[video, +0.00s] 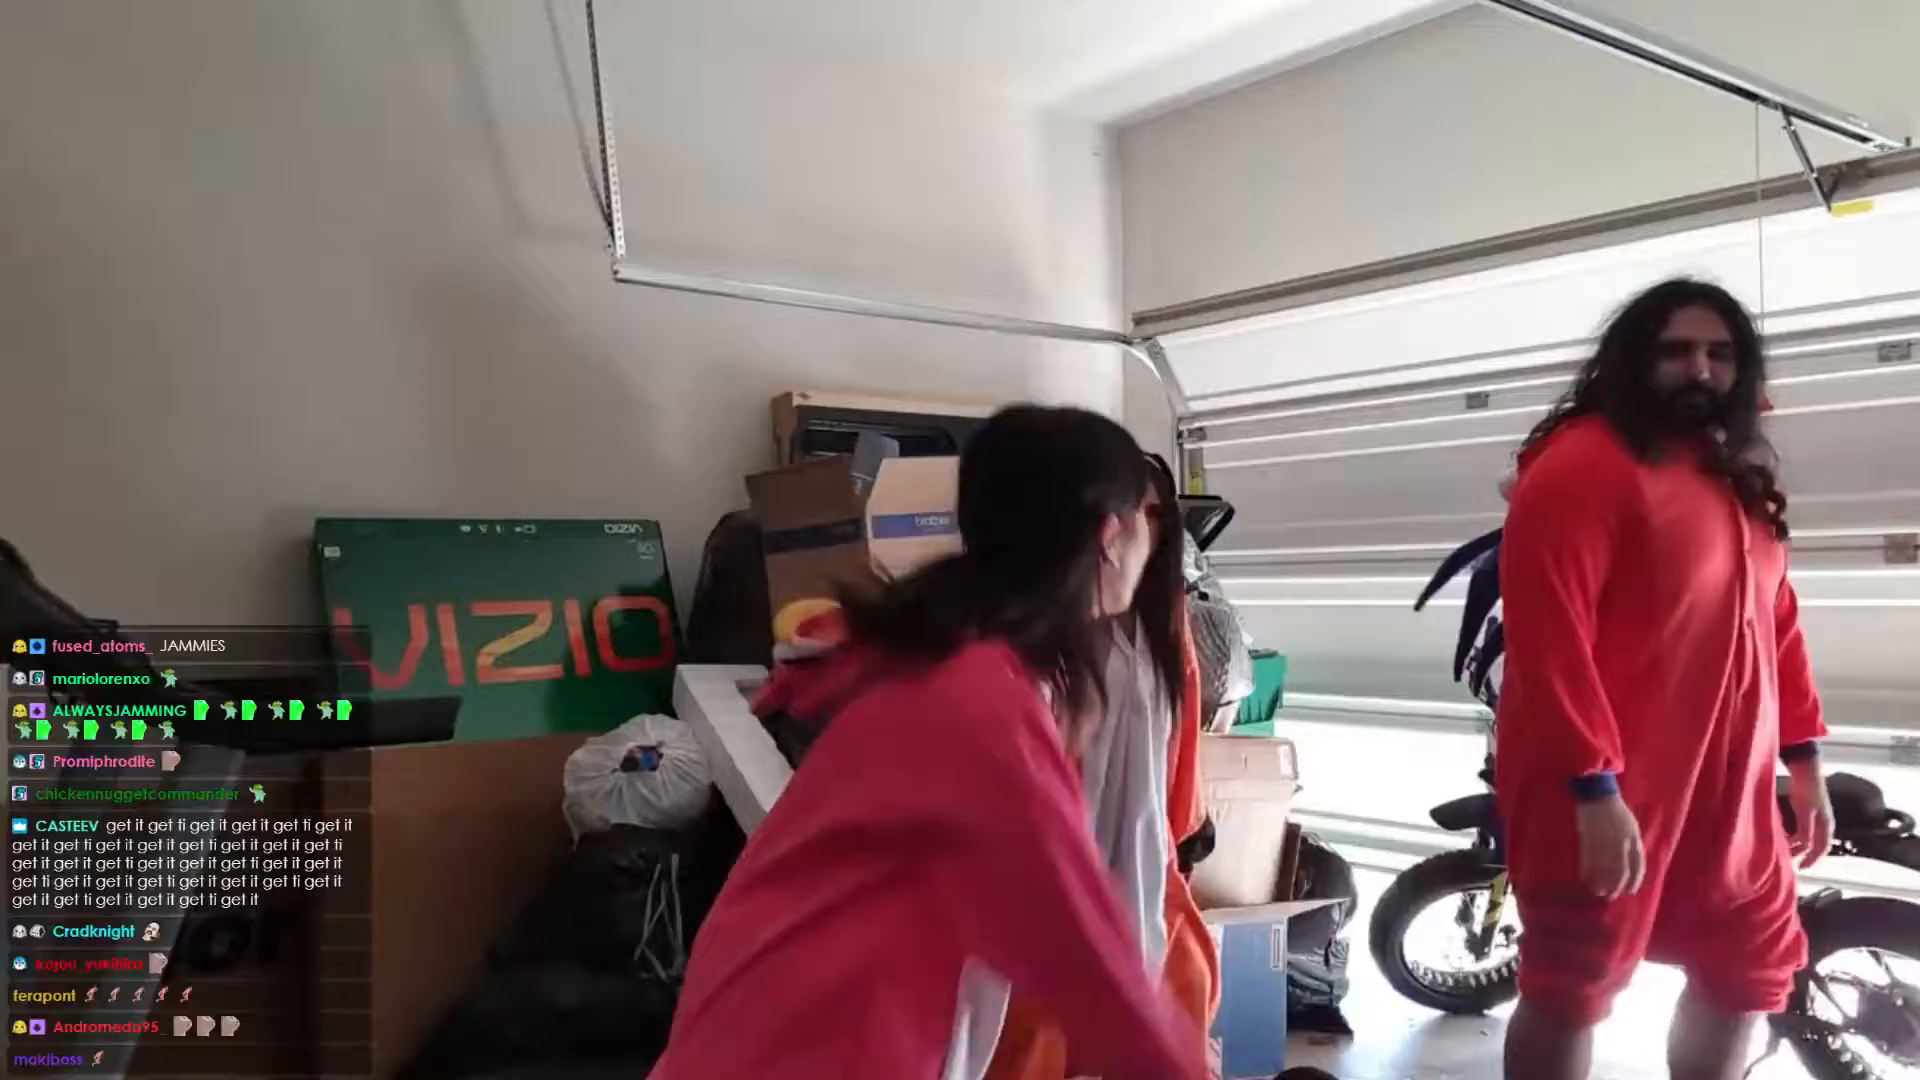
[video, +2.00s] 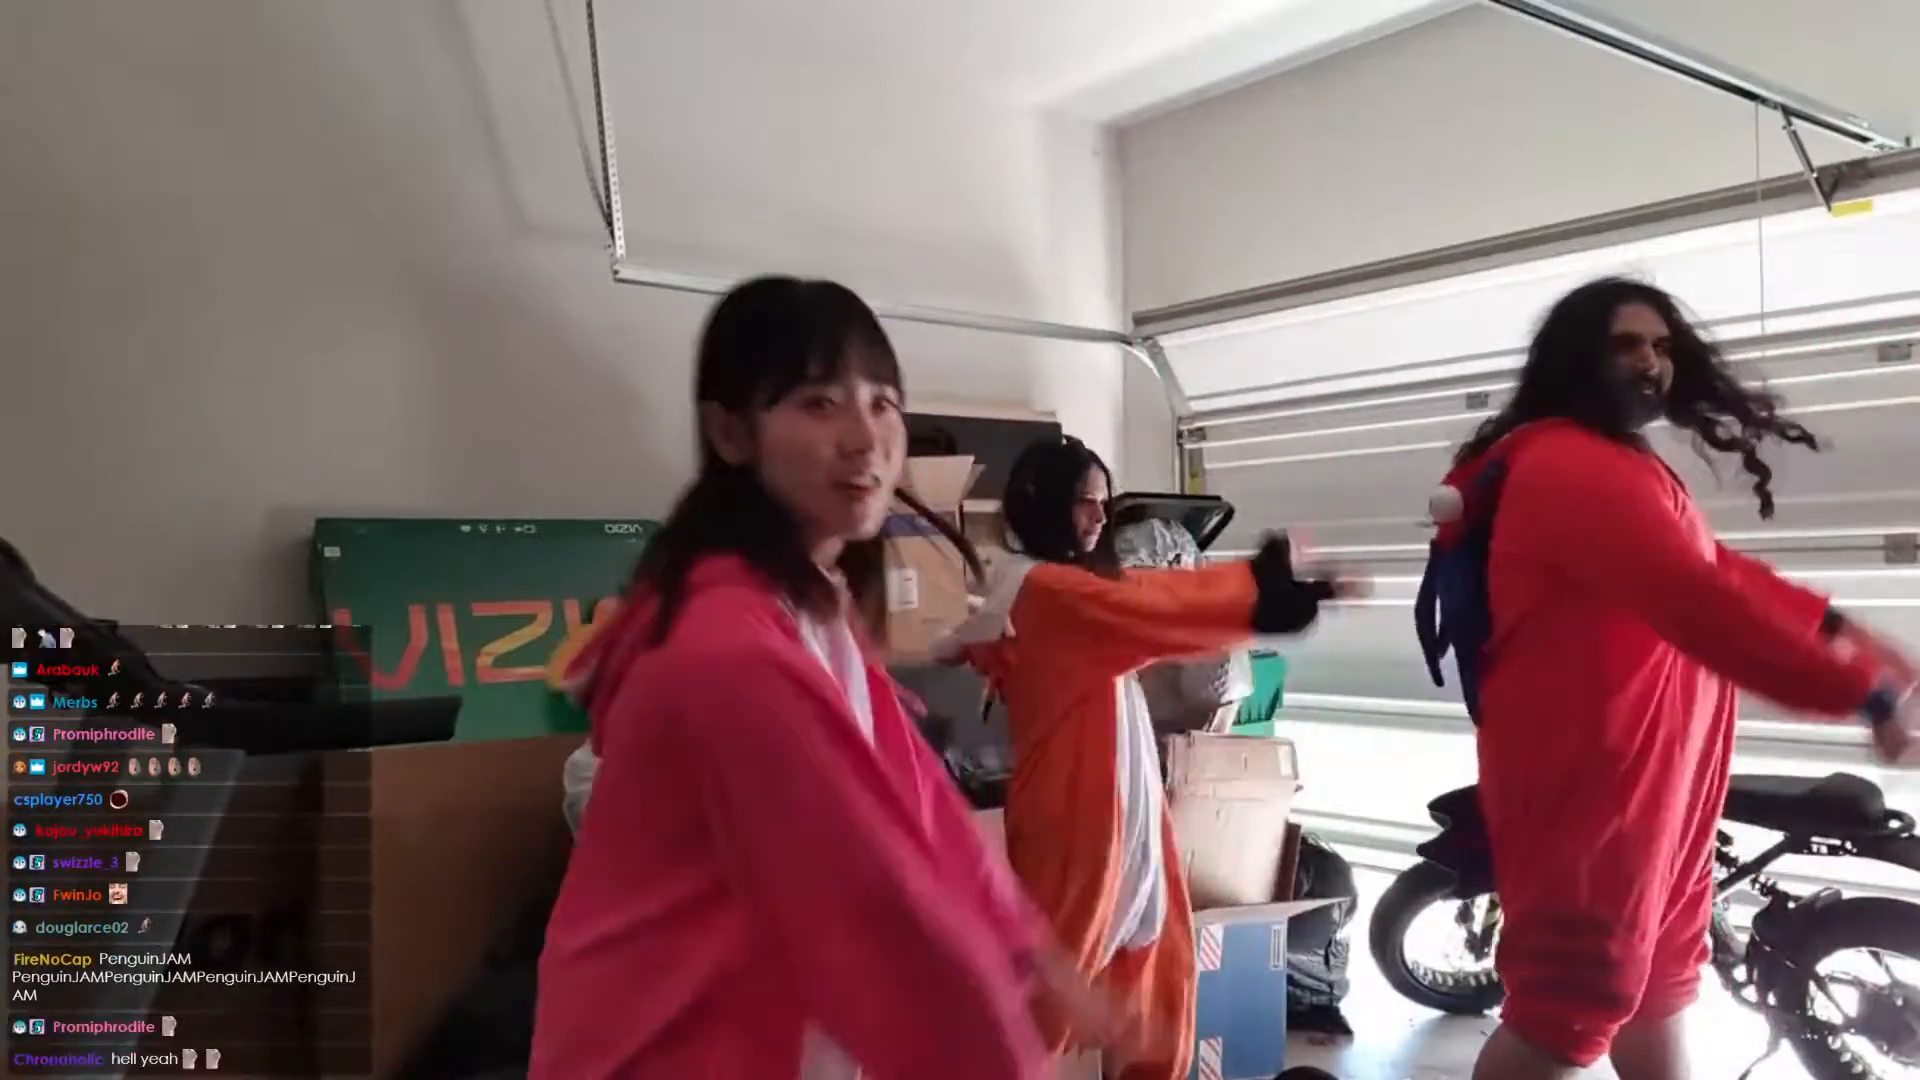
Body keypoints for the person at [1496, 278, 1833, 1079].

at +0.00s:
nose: (1699, 370)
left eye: (1719, 353)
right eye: (1676, 351)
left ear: (1743, 371)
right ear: (1634, 362)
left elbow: (1777, 624)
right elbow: (1545, 633)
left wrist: (1804, 756)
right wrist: (1593, 789)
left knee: (1742, 978)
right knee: (1567, 1000)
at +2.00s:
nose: (1651, 364)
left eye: (1662, 348)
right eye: (1627, 346)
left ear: (1678, 362)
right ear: (1577, 359)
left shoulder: (1635, 469)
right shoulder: (1562, 469)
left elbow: (1717, 573)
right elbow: (1695, 603)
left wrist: (1834, 632)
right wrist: (1864, 691)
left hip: (1664, 791)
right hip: (1584, 798)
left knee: (1657, 998)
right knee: (1562, 1016)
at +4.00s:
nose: (1626, 392)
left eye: (1638, 373)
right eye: (1596, 375)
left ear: (1657, 381)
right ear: (1549, 393)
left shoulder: (1631, 476)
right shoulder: (1555, 485)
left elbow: (1698, 441)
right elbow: (1744, 442)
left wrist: (1733, 324)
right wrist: (1833, 281)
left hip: (1674, 788)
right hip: (1591, 806)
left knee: (1715, 991)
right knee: (1607, 1029)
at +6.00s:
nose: (1634, 374)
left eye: (1639, 356)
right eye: (1613, 356)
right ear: (1558, 363)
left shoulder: (1589, 458)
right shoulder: (1537, 464)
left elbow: (1682, 493)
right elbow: (1721, 521)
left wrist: (1788, 450)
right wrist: (1893, 452)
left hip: (1652, 777)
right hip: (1580, 790)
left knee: (1665, 989)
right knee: (1572, 1016)